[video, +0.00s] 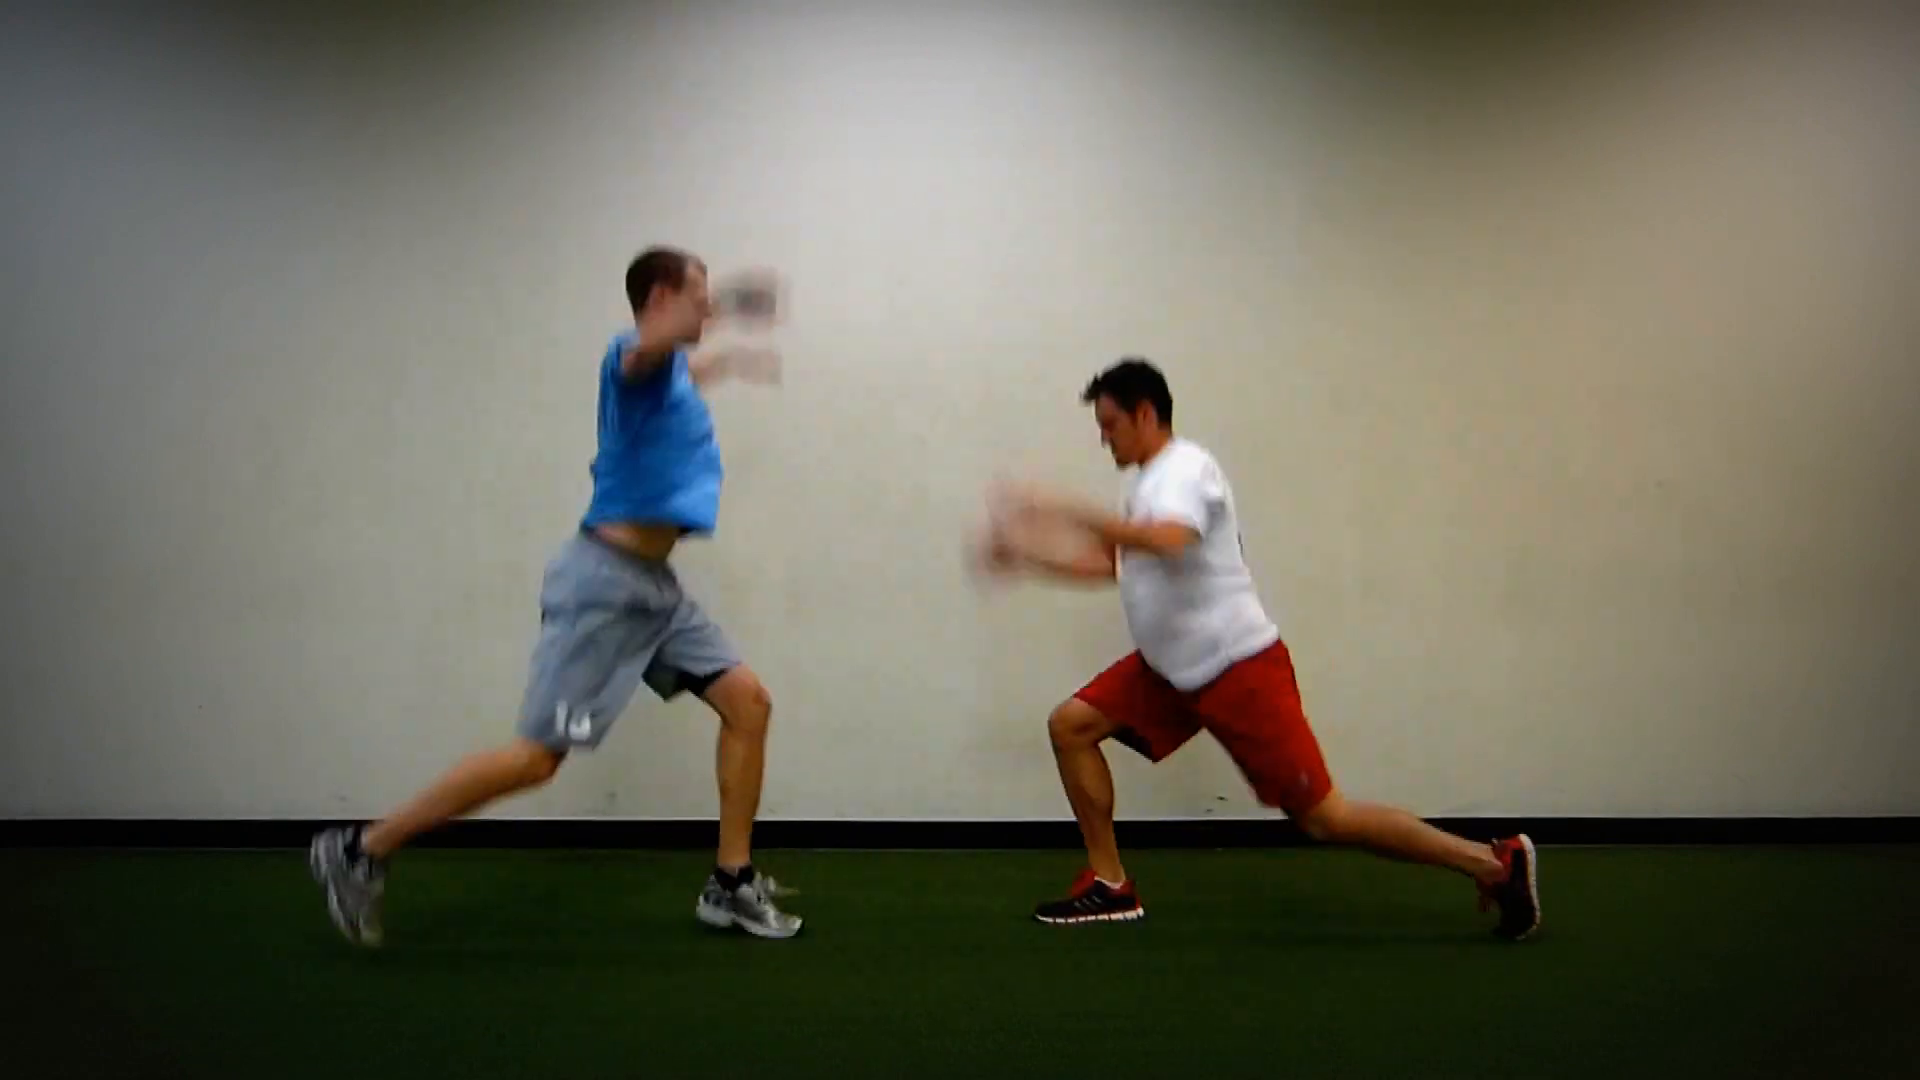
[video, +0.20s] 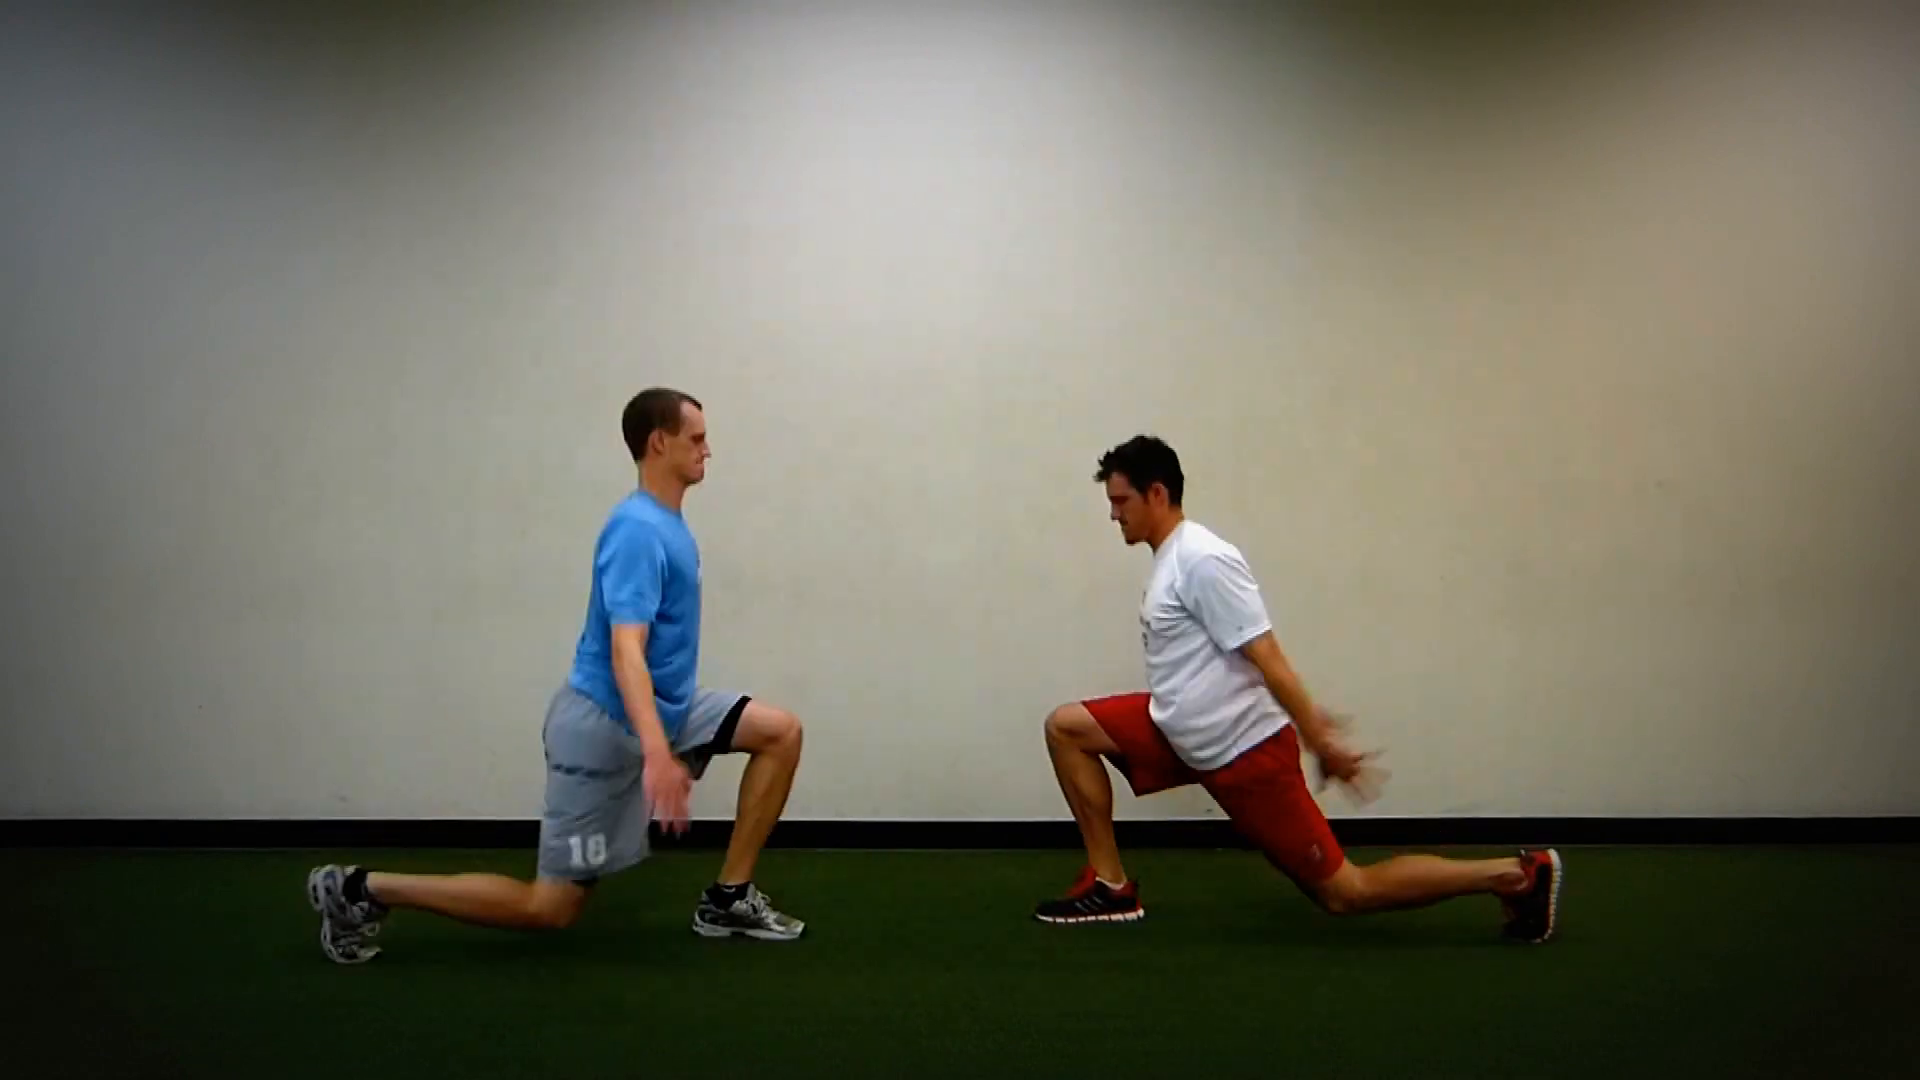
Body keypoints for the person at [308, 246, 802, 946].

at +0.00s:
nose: (706, 307)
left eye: (706, 296)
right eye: (698, 295)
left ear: (664, 298)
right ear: (662, 297)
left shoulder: (670, 370)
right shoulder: (631, 358)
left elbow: (689, 376)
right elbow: (647, 354)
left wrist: (727, 361)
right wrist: (710, 312)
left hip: (653, 583)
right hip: (604, 579)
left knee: (747, 705)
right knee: (535, 760)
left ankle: (733, 883)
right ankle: (362, 850)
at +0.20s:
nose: (708, 453)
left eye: (706, 440)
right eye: (698, 441)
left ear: (662, 446)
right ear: (658, 447)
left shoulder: (666, 523)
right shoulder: (637, 531)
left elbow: (650, 641)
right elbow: (627, 651)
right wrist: (657, 753)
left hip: (663, 706)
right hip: (601, 723)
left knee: (780, 734)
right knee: (552, 906)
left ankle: (731, 897)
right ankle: (360, 891)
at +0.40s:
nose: (706, 469)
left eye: (705, 458)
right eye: (696, 458)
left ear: (662, 464)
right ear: (658, 463)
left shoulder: (663, 541)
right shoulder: (637, 554)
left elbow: (646, 663)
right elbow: (631, 682)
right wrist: (673, 783)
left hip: (660, 717)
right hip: (602, 739)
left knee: (783, 731)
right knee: (556, 930)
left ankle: (731, 895)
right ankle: (365, 892)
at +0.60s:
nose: (710, 483)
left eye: (709, 472)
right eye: (701, 472)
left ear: (663, 478)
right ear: (660, 477)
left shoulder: (663, 552)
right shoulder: (633, 571)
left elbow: (654, 674)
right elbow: (632, 700)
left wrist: (676, 775)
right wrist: (686, 803)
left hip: (655, 720)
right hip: (595, 745)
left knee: (776, 724)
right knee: (560, 938)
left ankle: (732, 894)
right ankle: (366, 896)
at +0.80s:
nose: (714, 489)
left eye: (713, 477)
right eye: (705, 478)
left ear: (665, 483)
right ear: (664, 483)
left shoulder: (656, 549)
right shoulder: (634, 581)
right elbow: (631, 711)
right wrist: (674, 818)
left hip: (648, 720)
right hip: (593, 747)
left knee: (774, 721)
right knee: (561, 939)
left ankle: (732, 890)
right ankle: (369, 896)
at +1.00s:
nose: (715, 484)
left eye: (712, 471)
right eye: (705, 472)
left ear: (665, 479)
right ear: (664, 478)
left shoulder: (659, 549)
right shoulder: (634, 578)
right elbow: (622, 707)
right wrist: (656, 819)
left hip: (649, 724)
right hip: (595, 750)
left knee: (778, 722)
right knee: (561, 940)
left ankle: (733, 892)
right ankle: (371, 894)